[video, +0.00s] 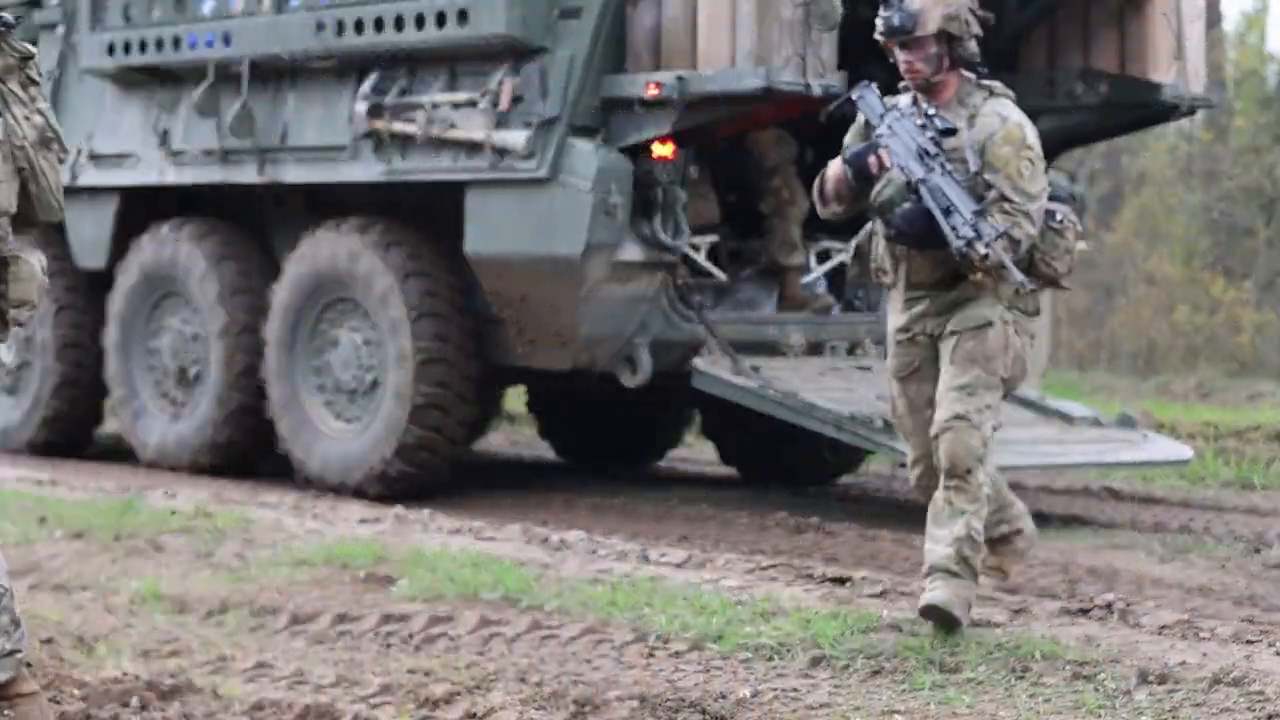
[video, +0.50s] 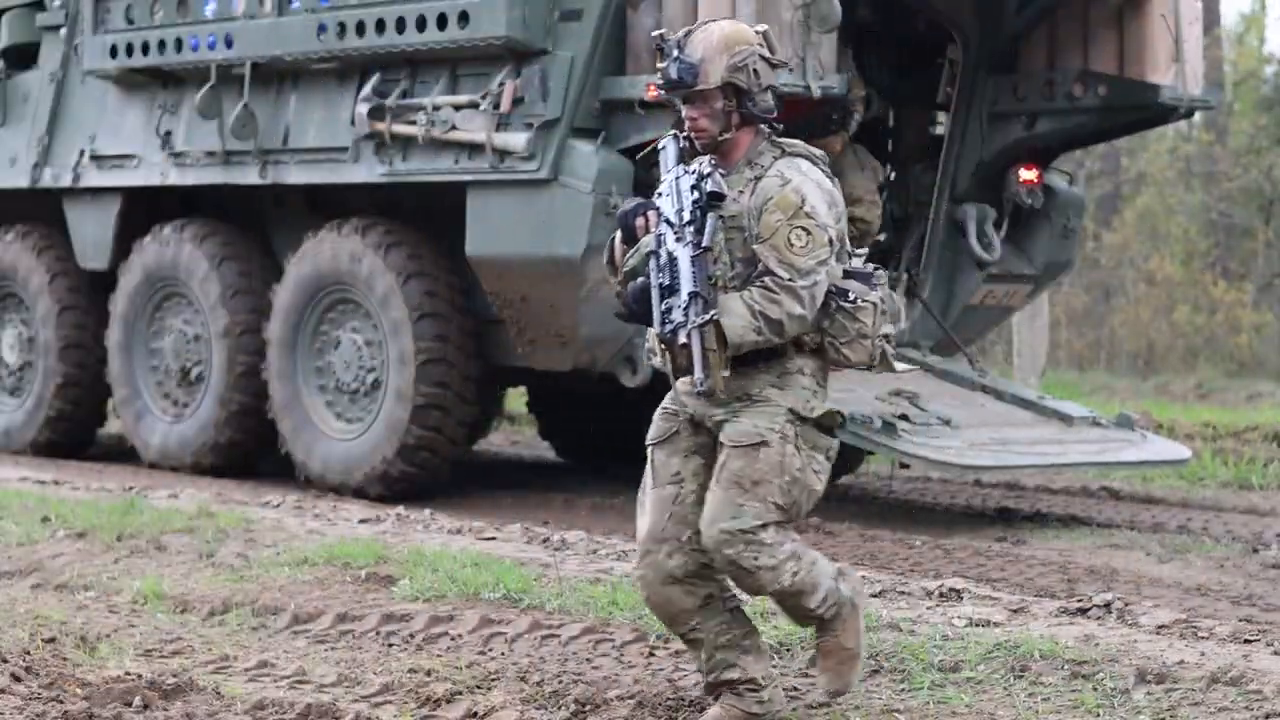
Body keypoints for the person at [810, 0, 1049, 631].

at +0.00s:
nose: (907, 60)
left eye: (919, 47)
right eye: (899, 49)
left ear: (952, 46)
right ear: (892, 51)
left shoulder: (1001, 123)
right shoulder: (883, 116)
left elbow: (1018, 225)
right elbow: (828, 202)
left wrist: (968, 246)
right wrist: (853, 170)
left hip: (982, 302)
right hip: (909, 306)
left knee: (958, 444)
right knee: (927, 460)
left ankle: (948, 587)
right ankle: (1007, 524)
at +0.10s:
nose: (876, 75)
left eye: (890, 62)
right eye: (869, 63)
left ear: (927, 61)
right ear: (862, 65)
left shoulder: (974, 140)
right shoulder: (860, 130)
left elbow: (978, 253)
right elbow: (809, 226)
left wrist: (905, 251)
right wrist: (820, 186)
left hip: (955, 320)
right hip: (881, 322)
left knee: (927, 468)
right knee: (880, 479)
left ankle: (939, 609)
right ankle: (978, 487)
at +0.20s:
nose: (837, 83)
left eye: (851, 69)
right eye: (832, 70)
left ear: (891, 69)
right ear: (825, 72)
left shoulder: (940, 151)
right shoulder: (827, 138)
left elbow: (949, 252)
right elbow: (776, 236)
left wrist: (879, 285)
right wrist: (786, 197)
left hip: (930, 340)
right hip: (846, 336)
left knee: (903, 466)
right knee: (818, 465)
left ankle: (937, 609)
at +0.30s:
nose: (790, 86)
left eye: (804, 73)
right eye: (784, 74)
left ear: (845, 71)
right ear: (780, 75)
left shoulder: (895, 153)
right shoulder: (792, 142)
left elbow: (904, 263)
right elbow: (740, 244)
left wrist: (813, 287)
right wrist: (743, 206)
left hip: (885, 350)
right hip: (804, 346)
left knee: (889, 501)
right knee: (767, 487)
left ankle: (936, 616)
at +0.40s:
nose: (742, 94)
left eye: (757, 81)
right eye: (738, 80)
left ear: (798, 82)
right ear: (737, 81)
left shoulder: (844, 164)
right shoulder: (747, 159)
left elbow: (848, 275)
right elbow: (701, 265)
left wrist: (765, 305)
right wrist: (697, 225)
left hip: (834, 376)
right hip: (754, 375)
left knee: (847, 527)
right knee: (736, 536)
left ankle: (925, 599)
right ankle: (751, 685)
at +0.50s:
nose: (685, 117)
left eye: (698, 103)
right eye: (681, 103)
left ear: (743, 103)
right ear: (685, 104)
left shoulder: (795, 186)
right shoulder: (691, 181)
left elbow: (793, 300)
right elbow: (634, 286)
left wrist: (706, 329)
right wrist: (634, 243)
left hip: (777, 398)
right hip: (693, 395)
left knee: (734, 533)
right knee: (665, 561)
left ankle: (836, 609)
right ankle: (738, 683)